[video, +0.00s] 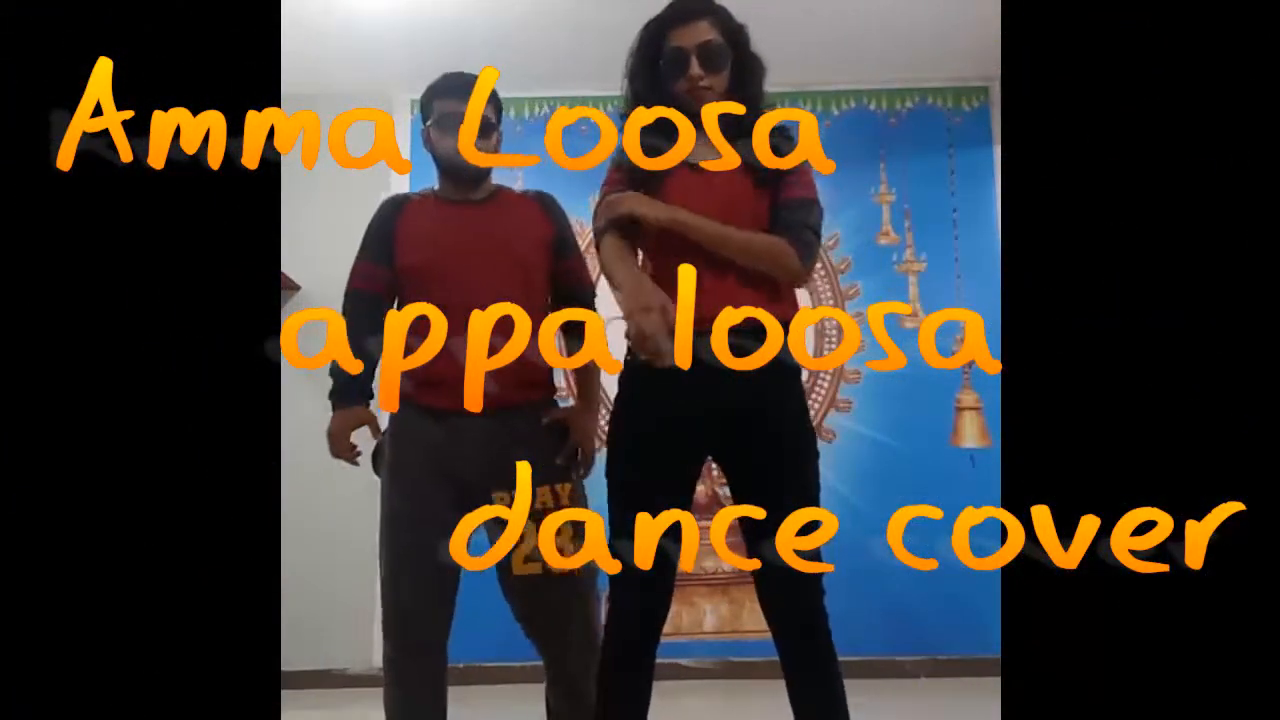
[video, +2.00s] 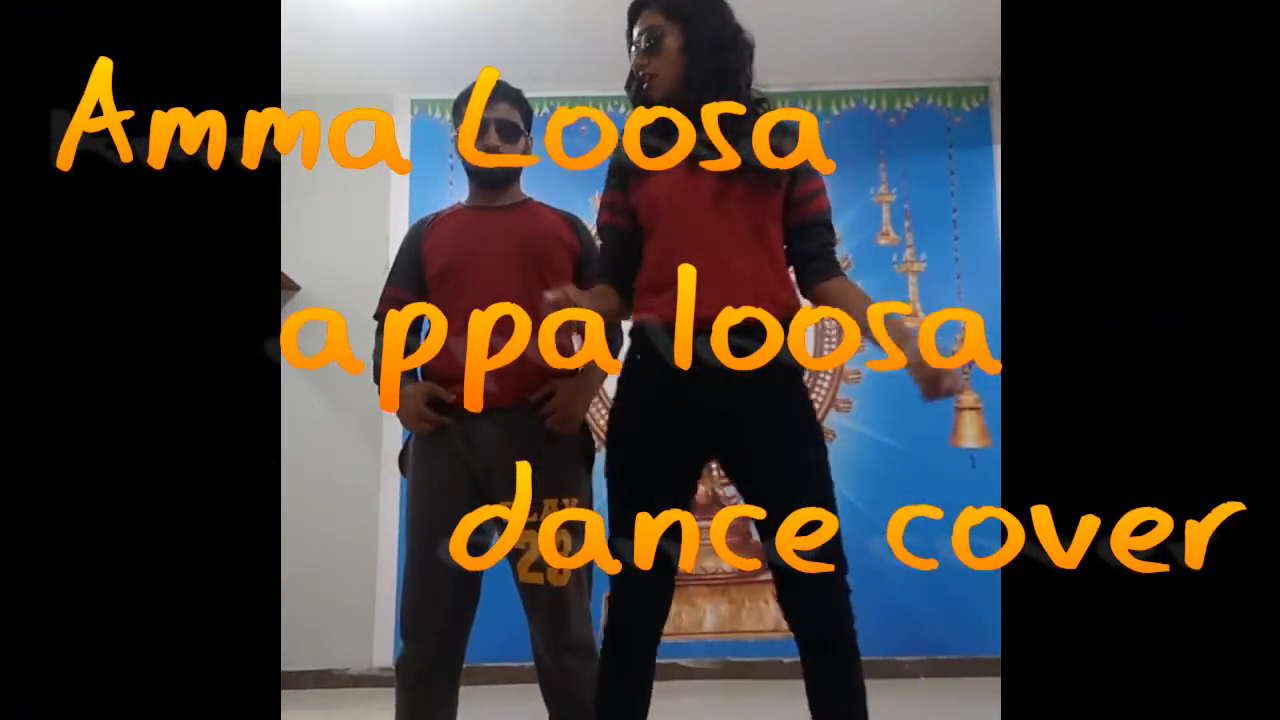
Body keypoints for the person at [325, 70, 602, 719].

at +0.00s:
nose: (466, 135)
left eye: (481, 123)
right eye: (449, 124)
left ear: (499, 132)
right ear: (427, 136)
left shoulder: (542, 215)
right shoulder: (397, 217)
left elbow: (577, 315)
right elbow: (361, 317)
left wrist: (588, 404)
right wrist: (347, 398)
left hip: (530, 440)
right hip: (423, 443)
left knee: (570, 628)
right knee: (413, 625)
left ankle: (579, 716)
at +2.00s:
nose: (496, 141)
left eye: (510, 131)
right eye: (483, 130)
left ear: (529, 145)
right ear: (459, 140)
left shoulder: (568, 230)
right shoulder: (426, 235)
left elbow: (607, 317)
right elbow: (386, 334)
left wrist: (590, 378)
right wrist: (398, 389)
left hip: (546, 438)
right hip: (447, 442)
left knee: (563, 623)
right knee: (430, 625)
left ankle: (580, 719)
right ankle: (422, 719)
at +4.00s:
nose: (491, 129)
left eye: (504, 117)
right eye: (476, 117)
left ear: (521, 131)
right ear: (452, 129)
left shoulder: (559, 204)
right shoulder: (420, 206)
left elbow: (596, 294)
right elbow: (384, 292)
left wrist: (583, 366)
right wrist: (406, 357)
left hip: (540, 428)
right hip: (441, 432)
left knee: (559, 609)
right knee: (432, 611)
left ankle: (578, 716)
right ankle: (424, 718)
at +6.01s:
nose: (489, 131)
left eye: (503, 121)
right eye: (475, 121)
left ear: (523, 135)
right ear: (453, 132)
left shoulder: (564, 222)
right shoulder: (418, 227)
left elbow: (604, 317)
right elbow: (384, 320)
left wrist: (587, 385)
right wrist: (394, 376)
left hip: (543, 440)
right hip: (441, 442)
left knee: (562, 623)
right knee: (430, 624)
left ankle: (580, 719)